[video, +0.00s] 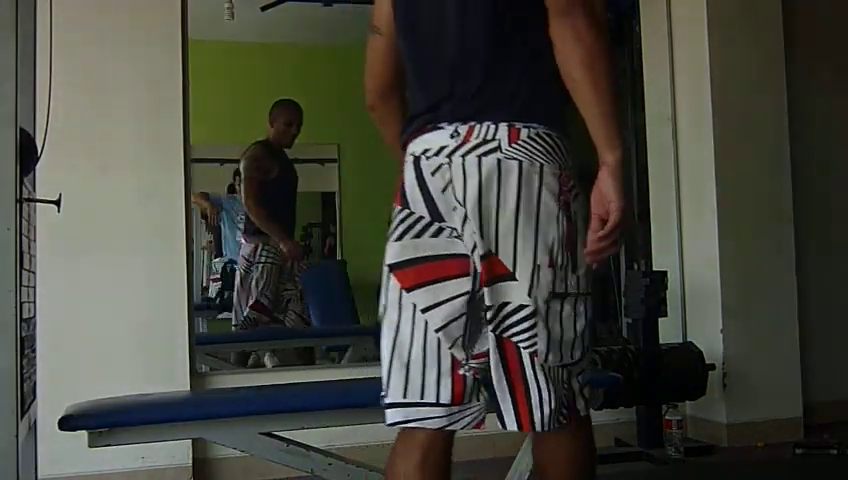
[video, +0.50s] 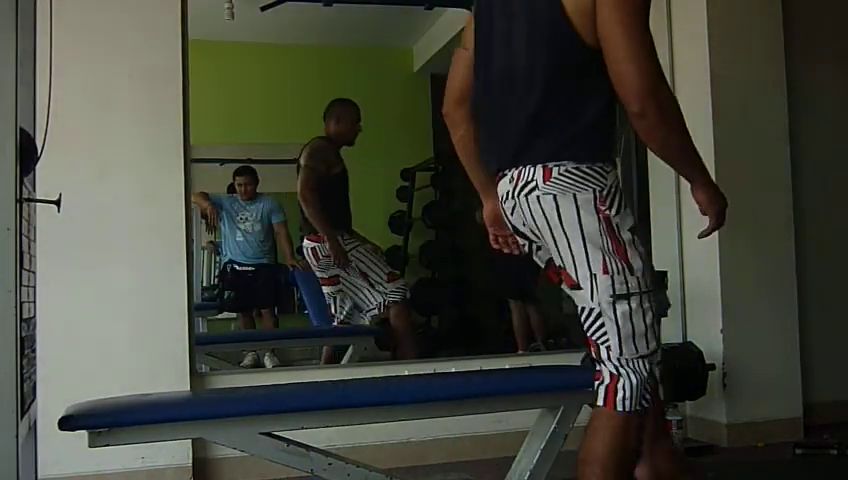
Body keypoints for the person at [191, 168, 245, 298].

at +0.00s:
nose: (243, 186)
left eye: (245, 181)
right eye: (240, 182)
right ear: (235, 183)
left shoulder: (263, 205)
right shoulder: (231, 202)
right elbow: (197, 197)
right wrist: (209, 206)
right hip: (233, 264)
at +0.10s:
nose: (244, 189)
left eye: (248, 185)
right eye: (240, 185)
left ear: (255, 184)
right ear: (235, 186)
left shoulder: (263, 205)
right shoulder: (228, 202)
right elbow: (196, 197)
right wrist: (207, 205)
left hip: (261, 268)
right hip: (235, 269)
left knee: (264, 315)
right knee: (245, 316)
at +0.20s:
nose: (243, 189)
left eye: (248, 184)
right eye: (239, 185)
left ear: (257, 184)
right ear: (234, 186)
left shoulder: (267, 203)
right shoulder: (226, 202)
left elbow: (286, 215)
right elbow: (196, 196)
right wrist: (207, 205)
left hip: (264, 267)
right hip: (237, 268)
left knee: (267, 311)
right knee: (245, 313)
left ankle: (269, 351)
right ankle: (251, 351)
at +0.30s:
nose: (244, 189)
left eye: (248, 184)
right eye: (240, 185)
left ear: (256, 184)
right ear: (234, 185)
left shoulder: (267, 203)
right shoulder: (226, 202)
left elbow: (281, 232)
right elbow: (196, 196)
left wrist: (287, 260)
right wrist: (207, 205)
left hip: (263, 267)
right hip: (236, 269)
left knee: (266, 310)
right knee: (245, 314)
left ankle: (269, 351)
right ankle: (251, 351)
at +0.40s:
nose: (243, 190)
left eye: (247, 185)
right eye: (239, 185)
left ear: (256, 185)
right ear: (234, 185)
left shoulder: (268, 204)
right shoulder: (226, 202)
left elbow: (280, 232)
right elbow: (197, 196)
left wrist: (289, 258)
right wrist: (207, 205)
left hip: (263, 267)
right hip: (236, 268)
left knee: (266, 311)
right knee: (244, 314)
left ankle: (269, 351)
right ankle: (251, 351)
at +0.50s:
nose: (243, 190)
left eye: (247, 185)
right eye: (239, 185)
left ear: (256, 185)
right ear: (234, 185)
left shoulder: (268, 204)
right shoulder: (226, 202)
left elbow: (281, 231)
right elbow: (197, 196)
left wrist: (289, 258)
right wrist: (207, 205)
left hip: (263, 267)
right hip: (235, 268)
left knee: (266, 311)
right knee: (244, 313)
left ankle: (269, 351)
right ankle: (251, 351)